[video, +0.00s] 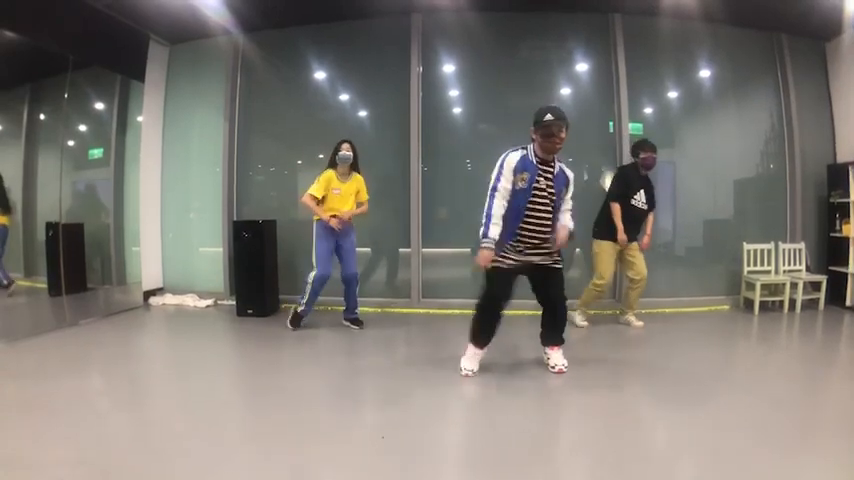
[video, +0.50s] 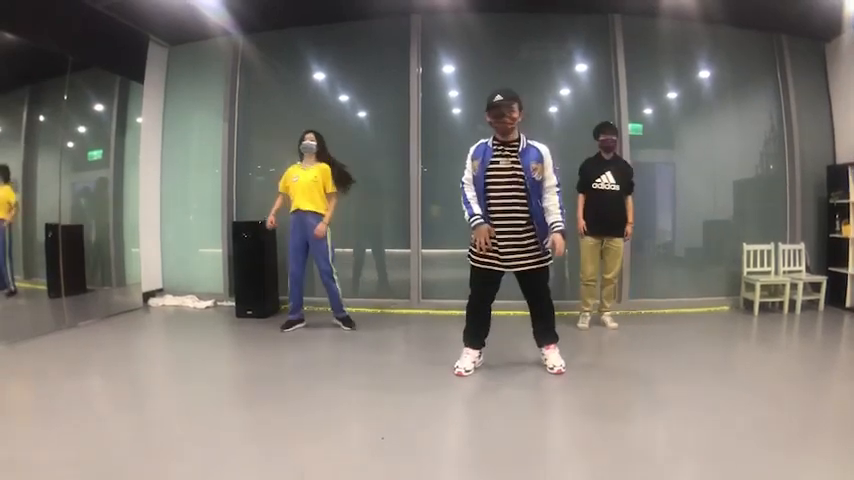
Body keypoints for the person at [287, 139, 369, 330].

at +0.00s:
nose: (345, 153)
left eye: (349, 150)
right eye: (342, 150)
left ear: (354, 156)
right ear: (336, 155)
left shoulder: (358, 179)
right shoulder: (327, 176)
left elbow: (364, 207)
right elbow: (306, 199)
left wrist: (349, 213)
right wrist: (327, 218)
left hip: (346, 228)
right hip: (324, 226)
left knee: (351, 273)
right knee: (323, 272)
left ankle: (351, 314)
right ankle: (301, 312)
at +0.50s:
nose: (308, 142)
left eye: (313, 139)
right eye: (305, 139)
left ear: (319, 146)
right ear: (300, 146)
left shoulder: (324, 169)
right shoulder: (292, 170)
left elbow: (333, 197)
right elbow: (282, 195)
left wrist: (325, 222)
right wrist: (272, 213)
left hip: (316, 217)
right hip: (296, 217)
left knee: (325, 269)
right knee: (295, 269)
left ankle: (340, 313)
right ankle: (296, 315)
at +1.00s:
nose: (299, 146)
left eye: (303, 142)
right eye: (296, 143)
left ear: (310, 145)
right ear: (292, 147)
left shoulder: (321, 167)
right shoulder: (287, 171)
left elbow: (329, 196)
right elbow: (283, 200)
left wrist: (319, 221)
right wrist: (280, 223)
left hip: (313, 216)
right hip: (291, 215)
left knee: (318, 266)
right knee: (293, 268)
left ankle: (330, 313)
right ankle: (295, 314)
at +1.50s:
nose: (289, 148)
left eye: (293, 145)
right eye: (286, 144)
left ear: (300, 149)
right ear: (282, 148)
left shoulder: (301, 167)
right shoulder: (281, 172)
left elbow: (316, 192)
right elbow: (277, 197)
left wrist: (294, 204)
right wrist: (264, 209)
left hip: (301, 221)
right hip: (281, 221)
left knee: (318, 269)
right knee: (271, 271)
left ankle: (337, 313)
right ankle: (265, 316)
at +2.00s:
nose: (291, 148)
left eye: (295, 145)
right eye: (287, 146)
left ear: (302, 150)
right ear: (282, 152)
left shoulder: (313, 177)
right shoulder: (277, 175)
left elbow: (327, 203)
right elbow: (259, 201)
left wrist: (323, 222)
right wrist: (263, 228)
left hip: (301, 226)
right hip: (278, 225)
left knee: (310, 268)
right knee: (269, 273)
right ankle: (258, 316)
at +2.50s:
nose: (299, 142)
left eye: (304, 140)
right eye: (297, 138)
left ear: (311, 147)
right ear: (292, 144)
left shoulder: (310, 171)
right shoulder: (287, 170)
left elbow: (306, 202)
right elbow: (287, 198)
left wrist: (281, 208)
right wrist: (283, 220)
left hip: (307, 225)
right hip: (288, 223)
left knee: (315, 275)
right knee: (263, 260)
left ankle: (332, 322)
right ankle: (276, 308)